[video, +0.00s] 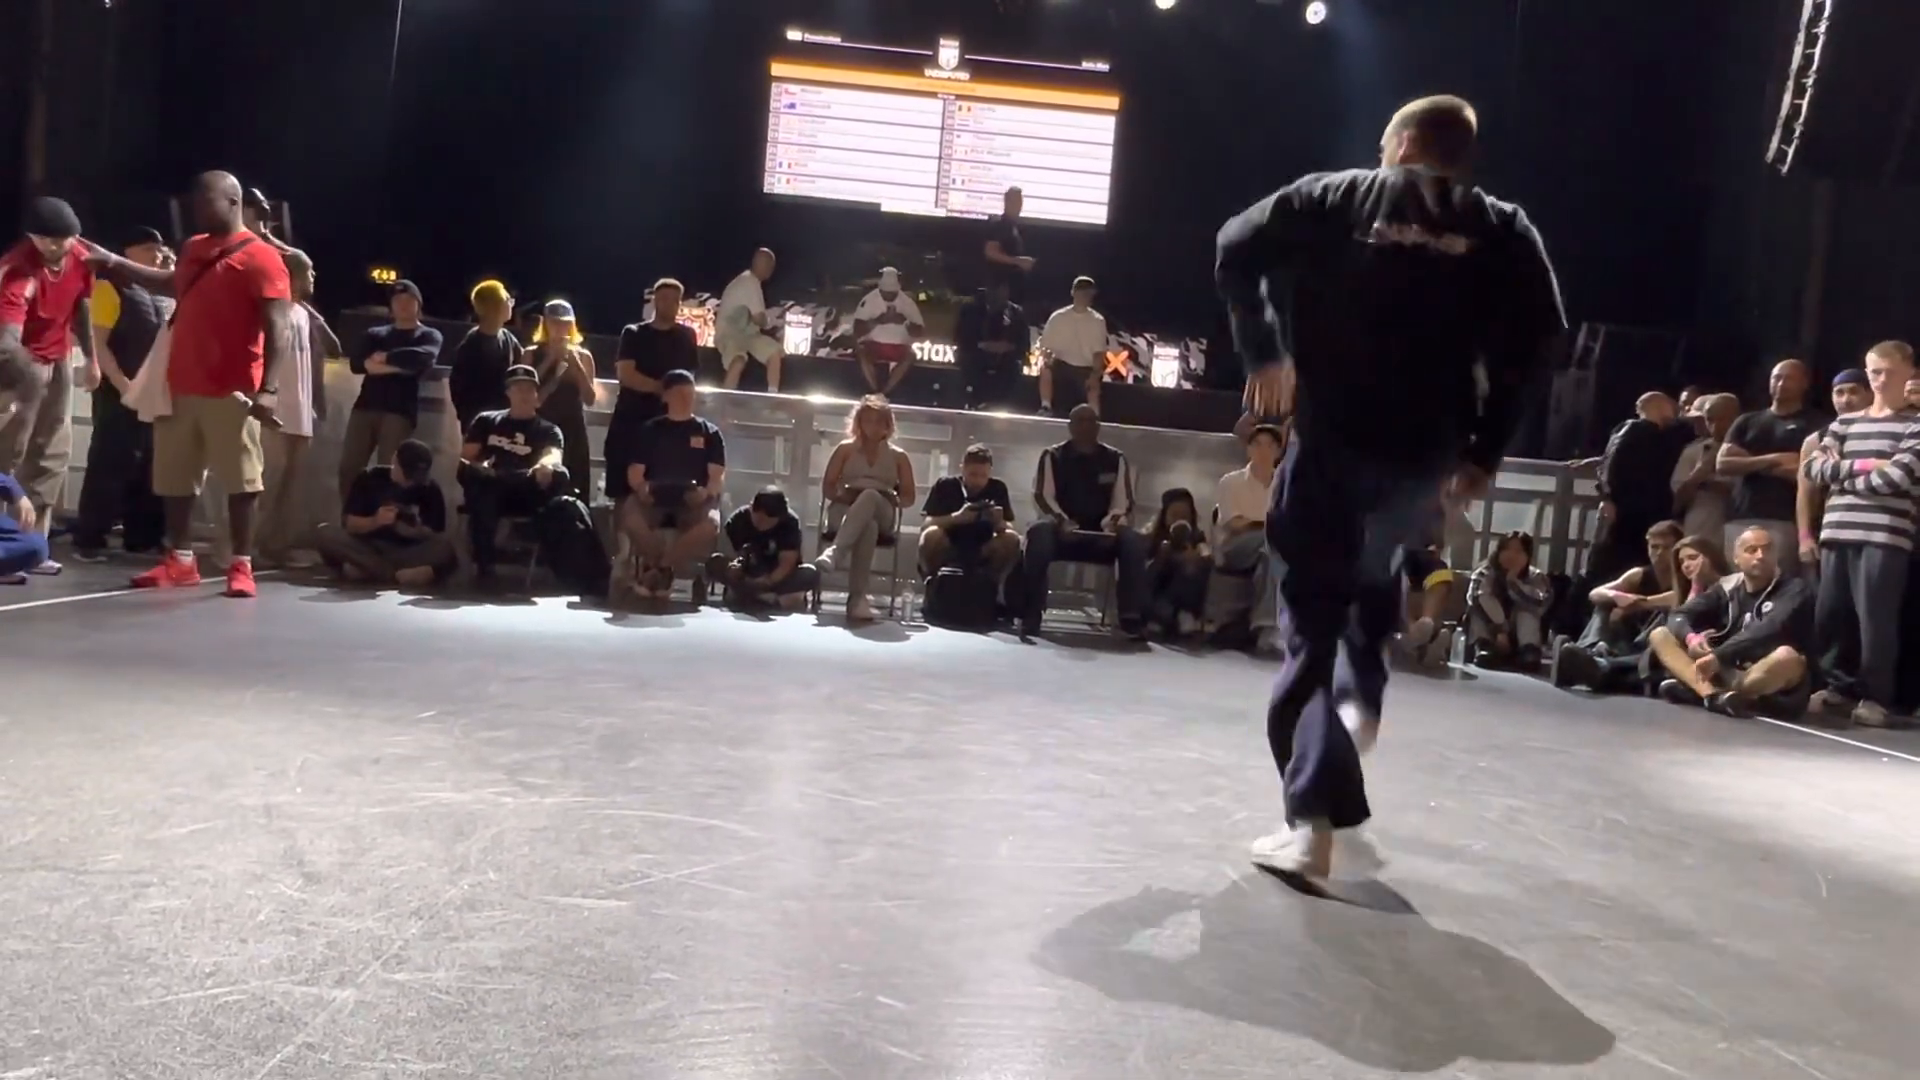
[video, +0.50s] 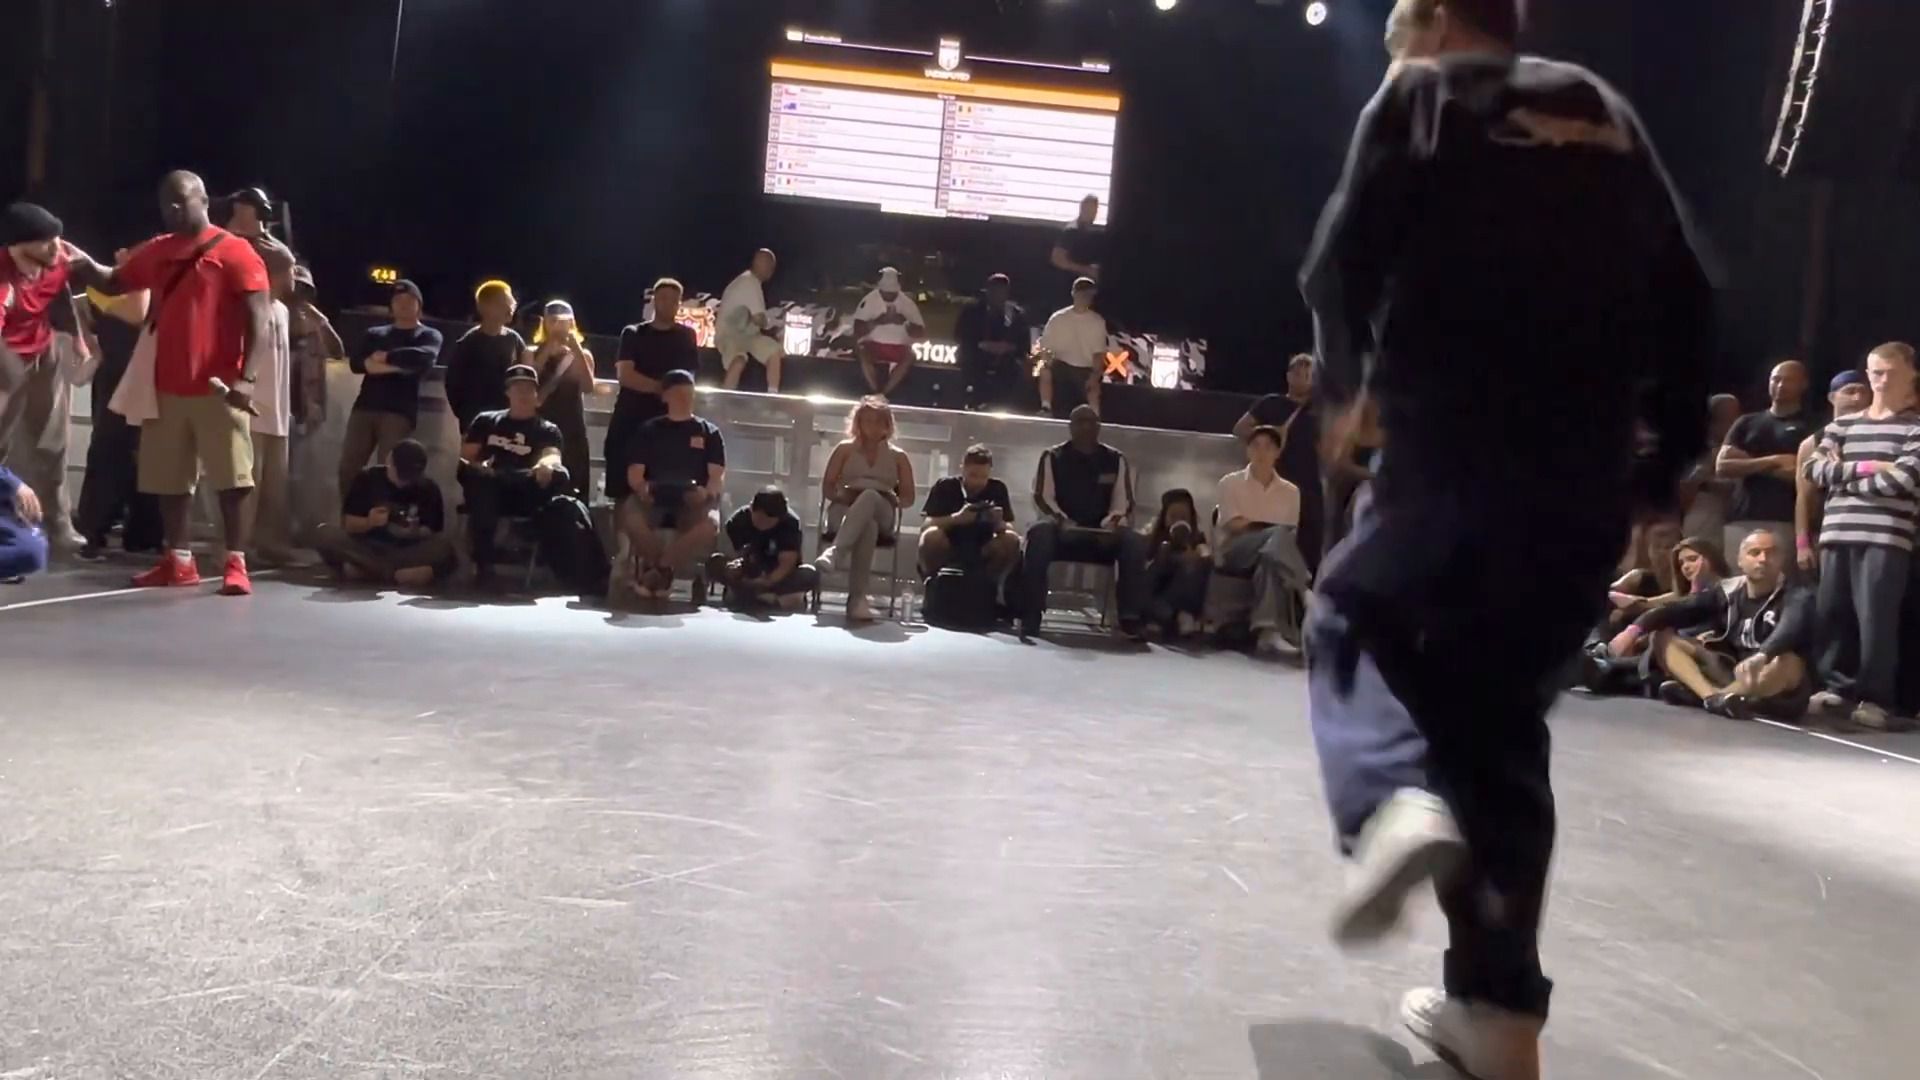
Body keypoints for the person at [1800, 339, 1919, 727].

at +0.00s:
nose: (1877, 380)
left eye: (1886, 373)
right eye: (1873, 373)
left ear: (1909, 375)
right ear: (1866, 375)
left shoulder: (1913, 424)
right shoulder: (1844, 422)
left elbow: (1897, 478)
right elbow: (1813, 467)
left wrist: (1841, 475)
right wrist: (1869, 466)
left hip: (1884, 534)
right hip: (1837, 531)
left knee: (1875, 619)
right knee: (1829, 613)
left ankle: (1875, 699)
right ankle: (1837, 688)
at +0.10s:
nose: (1876, 381)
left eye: (1885, 374)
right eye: (1872, 374)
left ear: (1909, 376)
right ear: (1867, 376)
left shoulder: (1913, 425)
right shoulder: (1844, 422)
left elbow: (1898, 478)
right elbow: (1812, 467)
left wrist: (1841, 474)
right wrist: (1869, 466)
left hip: (1885, 534)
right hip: (1836, 531)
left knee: (1876, 619)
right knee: (1831, 613)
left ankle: (1875, 699)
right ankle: (1837, 689)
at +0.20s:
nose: (1879, 380)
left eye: (1888, 373)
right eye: (1874, 372)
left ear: (1910, 377)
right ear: (1868, 375)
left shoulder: (1912, 425)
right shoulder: (1843, 423)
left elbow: (1900, 479)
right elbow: (1814, 468)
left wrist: (1842, 476)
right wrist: (1869, 466)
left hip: (1885, 534)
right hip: (1836, 532)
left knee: (1875, 618)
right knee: (1832, 613)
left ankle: (1876, 699)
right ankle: (1839, 689)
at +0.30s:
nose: (1879, 379)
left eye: (1888, 372)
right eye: (1875, 371)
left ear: (1911, 376)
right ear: (1868, 375)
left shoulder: (1913, 426)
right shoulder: (1843, 422)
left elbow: (1900, 479)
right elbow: (1813, 468)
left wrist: (1841, 475)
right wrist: (1869, 466)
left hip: (1884, 534)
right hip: (1836, 531)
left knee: (1875, 618)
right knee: (1832, 612)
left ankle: (1876, 699)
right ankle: (1838, 687)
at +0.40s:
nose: (1881, 378)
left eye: (1890, 371)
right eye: (1876, 370)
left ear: (1912, 376)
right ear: (1868, 374)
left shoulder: (1913, 426)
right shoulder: (1842, 423)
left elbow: (1902, 479)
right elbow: (1814, 469)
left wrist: (1842, 476)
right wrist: (1870, 467)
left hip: (1884, 534)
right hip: (1835, 532)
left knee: (1874, 619)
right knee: (1830, 612)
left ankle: (1875, 699)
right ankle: (1837, 687)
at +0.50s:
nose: (1880, 380)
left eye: (1889, 373)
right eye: (1875, 373)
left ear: (1912, 376)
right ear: (1867, 376)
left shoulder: (1913, 426)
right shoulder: (1845, 422)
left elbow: (1902, 480)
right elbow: (1813, 468)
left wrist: (1843, 477)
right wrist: (1869, 467)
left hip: (1885, 534)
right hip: (1836, 532)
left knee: (1875, 618)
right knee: (1831, 612)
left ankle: (1876, 699)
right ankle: (1837, 687)